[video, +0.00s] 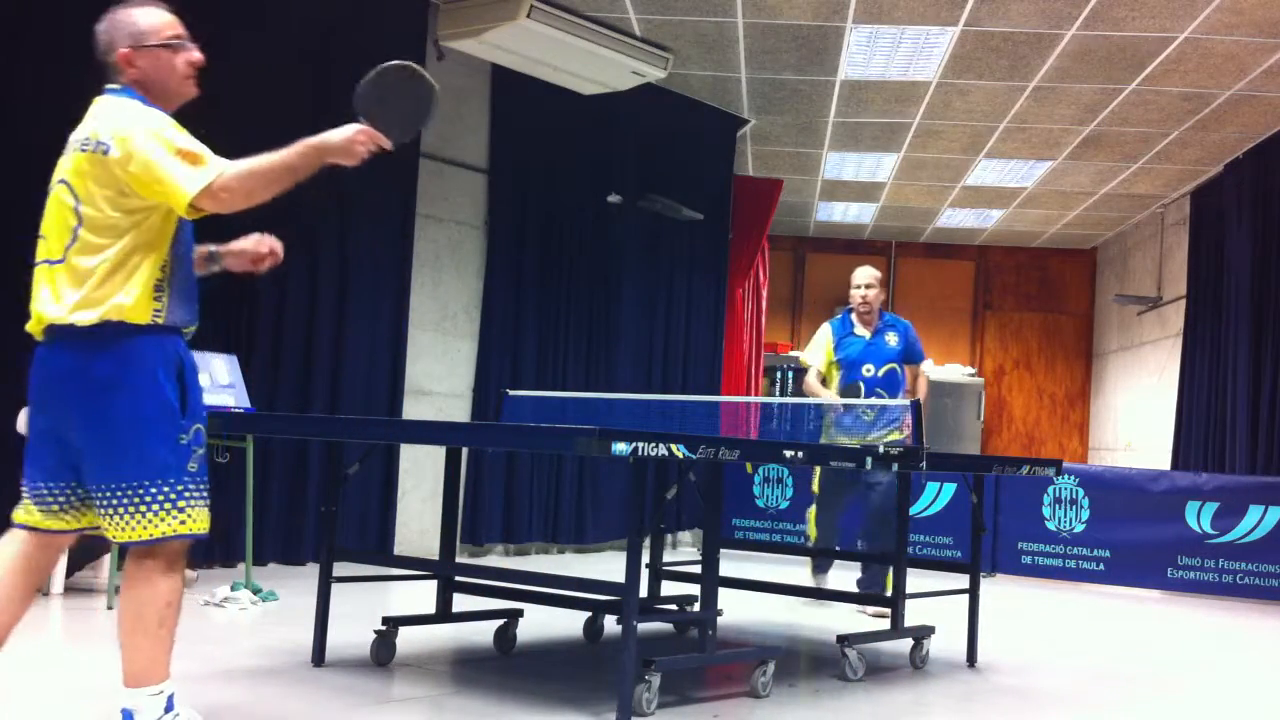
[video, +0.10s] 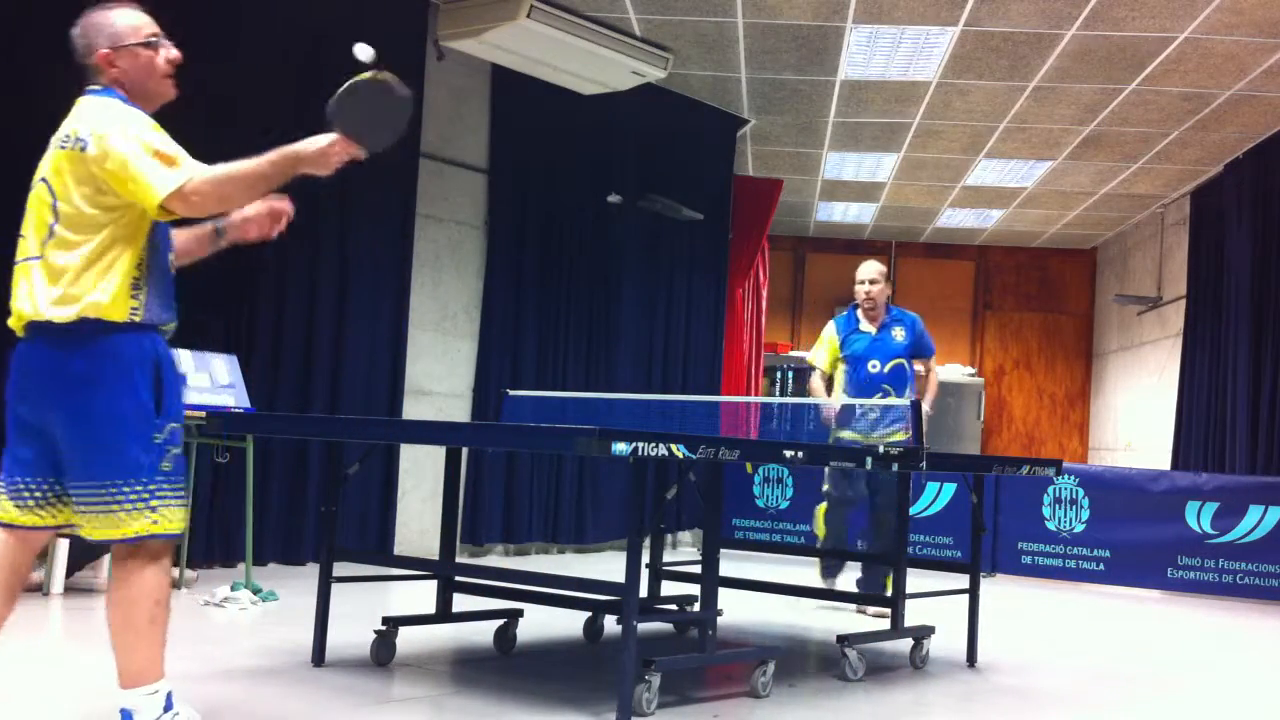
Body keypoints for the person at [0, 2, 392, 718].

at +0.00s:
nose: (196, 57)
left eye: (191, 44)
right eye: (178, 45)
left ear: (131, 63)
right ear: (131, 61)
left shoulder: (101, 125)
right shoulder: (131, 123)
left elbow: (124, 252)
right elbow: (216, 188)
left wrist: (220, 256)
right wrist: (322, 147)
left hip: (63, 356)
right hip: (127, 353)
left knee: (42, 529)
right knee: (159, 541)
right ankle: (147, 705)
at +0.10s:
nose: (176, 55)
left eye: (168, 42)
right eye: (155, 43)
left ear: (110, 64)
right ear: (111, 61)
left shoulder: (85, 127)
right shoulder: (110, 121)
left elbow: (127, 257)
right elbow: (189, 190)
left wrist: (226, 229)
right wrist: (299, 157)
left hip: (40, 352)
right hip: (108, 351)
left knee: (20, 531)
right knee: (145, 540)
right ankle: (145, 704)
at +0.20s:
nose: (163, 54)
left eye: (155, 41)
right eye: (146, 42)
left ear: (98, 64)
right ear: (108, 59)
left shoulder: (73, 126)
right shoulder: (100, 117)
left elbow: (143, 248)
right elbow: (157, 201)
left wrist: (230, 198)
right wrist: (269, 186)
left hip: (27, 347)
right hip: (101, 346)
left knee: (14, 528)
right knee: (133, 535)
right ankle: (139, 702)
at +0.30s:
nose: (160, 65)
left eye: (156, 52)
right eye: (151, 52)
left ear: (97, 64)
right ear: (117, 59)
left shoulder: (64, 125)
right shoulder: (102, 118)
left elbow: (148, 246)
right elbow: (143, 208)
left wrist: (231, 197)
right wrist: (250, 202)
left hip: (28, 347)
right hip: (101, 346)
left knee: (12, 529)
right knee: (134, 531)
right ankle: (135, 703)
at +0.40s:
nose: (165, 79)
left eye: (160, 65)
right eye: (158, 63)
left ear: (97, 72)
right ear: (134, 66)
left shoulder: (66, 131)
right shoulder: (112, 121)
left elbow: (137, 246)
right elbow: (140, 216)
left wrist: (227, 215)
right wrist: (237, 232)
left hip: (32, 350)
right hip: (111, 351)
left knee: (13, 534)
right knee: (143, 531)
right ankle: (137, 703)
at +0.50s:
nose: (182, 96)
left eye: (180, 83)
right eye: (180, 82)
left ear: (110, 80)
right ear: (163, 76)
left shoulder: (77, 142)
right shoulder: (138, 129)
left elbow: (112, 248)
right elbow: (160, 220)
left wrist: (211, 234)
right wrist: (241, 258)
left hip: (48, 358)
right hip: (129, 358)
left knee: (33, 532)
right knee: (154, 535)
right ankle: (138, 704)